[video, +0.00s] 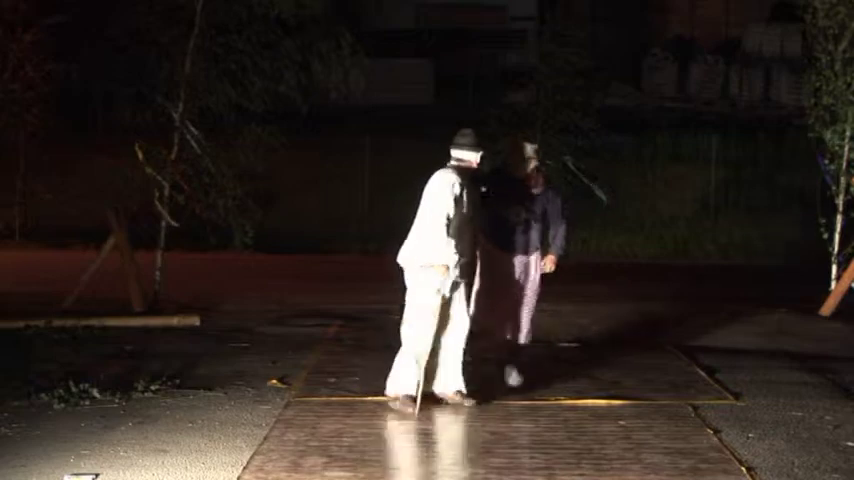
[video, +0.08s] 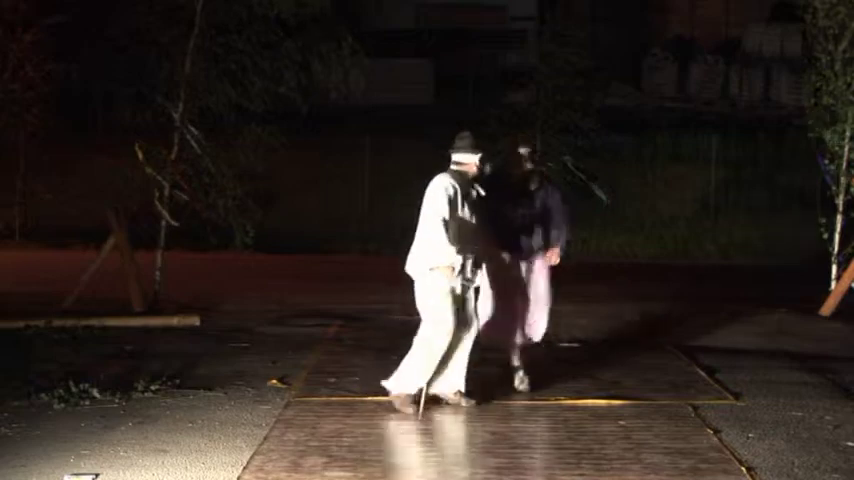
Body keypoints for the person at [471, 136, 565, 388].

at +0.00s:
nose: (524, 165)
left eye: (529, 160)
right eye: (520, 160)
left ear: (535, 161)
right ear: (510, 160)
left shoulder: (542, 189)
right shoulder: (497, 182)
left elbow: (556, 222)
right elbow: (484, 214)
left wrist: (553, 252)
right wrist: (482, 242)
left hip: (529, 254)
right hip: (496, 253)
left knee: (523, 308)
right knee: (490, 306)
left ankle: (513, 363)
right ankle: (483, 361)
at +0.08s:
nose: (524, 162)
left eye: (528, 157)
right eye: (519, 157)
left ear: (535, 158)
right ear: (510, 158)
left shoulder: (544, 184)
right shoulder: (498, 182)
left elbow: (556, 215)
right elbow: (487, 217)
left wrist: (555, 245)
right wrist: (494, 248)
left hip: (536, 254)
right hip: (505, 254)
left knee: (536, 310)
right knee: (512, 311)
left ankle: (518, 349)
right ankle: (517, 367)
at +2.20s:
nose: (516, 155)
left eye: (515, 149)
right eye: (510, 150)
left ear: (497, 151)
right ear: (493, 152)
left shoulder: (502, 181)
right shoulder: (485, 184)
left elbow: (506, 226)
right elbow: (496, 226)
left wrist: (528, 246)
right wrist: (527, 243)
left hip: (509, 268)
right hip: (496, 269)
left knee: (499, 325)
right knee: (522, 322)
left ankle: (469, 388)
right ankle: (518, 390)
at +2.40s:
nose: (491, 175)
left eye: (496, 167)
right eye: (484, 169)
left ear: (502, 168)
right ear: (470, 169)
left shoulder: (503, 197)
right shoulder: (458, 198)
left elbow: (521, 226)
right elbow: (442, 234)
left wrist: (532, 249)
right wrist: (480, 251)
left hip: (499, 273)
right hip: (467, 276)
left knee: (493, 331)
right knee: (503, 322)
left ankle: (469, 395)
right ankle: (525, 391)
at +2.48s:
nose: (484, 177)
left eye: (488, 170)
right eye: (477, 172)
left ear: (494, 169)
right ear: (466, 170)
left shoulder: (501, 201)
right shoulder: (454, 195)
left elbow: (527, 221)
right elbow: (425, 226)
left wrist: (536, 247)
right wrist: (461, 244)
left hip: (490, 274)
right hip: (457, 274)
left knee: (491, 329)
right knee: (487, 323)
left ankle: (472, 393)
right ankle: (517, 382)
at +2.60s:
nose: (468, 168)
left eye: (473, 162)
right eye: (461, 163)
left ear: (481, 162)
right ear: (453, 162)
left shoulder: (496, 188)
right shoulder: (441, 186)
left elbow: (529, 203)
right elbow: (403, 206)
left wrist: (543, 233)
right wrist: (433, 237)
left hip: (479, 268)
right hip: (445, 265)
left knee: (479, 323)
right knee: (461, 316)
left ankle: (467, 391)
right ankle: (479, 374)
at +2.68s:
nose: (460, 164)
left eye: (465, 158)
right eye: (453, 159)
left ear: (473, 157)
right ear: (444, 157)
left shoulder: (490, 182)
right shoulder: (429, 181)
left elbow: (523, 195)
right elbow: (389, 199)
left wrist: (538, 230)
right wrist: (410, 230)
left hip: (473, 267)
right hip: (439, 264)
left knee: (466, 328)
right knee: (442, 321)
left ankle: (468, 390)